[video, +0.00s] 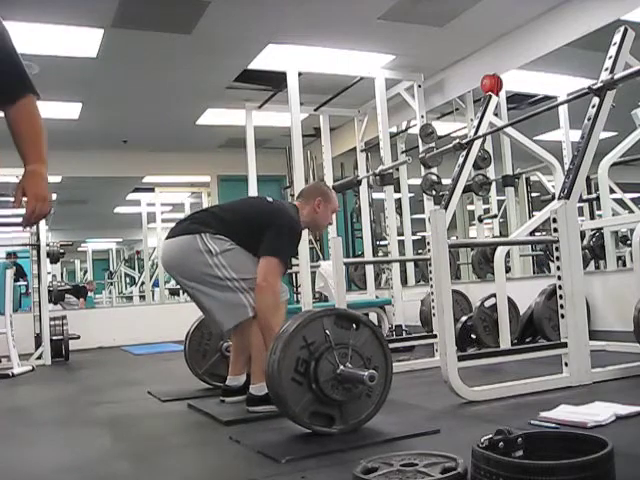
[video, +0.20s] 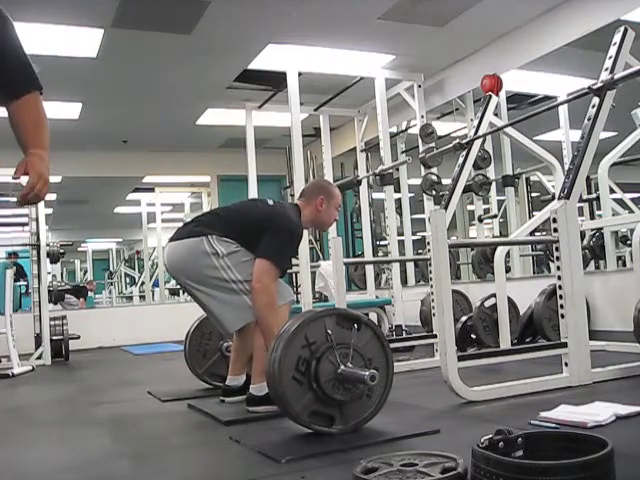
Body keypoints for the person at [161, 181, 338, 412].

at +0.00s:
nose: (332, 221)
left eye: (334, 214)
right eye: (332, 212)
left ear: (312, 204)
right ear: (318, 205)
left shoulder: (277, 215)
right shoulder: (287, 221)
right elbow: (265, 284)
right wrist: (279, 353)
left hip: (177, 245)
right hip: (198, 243)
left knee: (250, 303)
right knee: (272, 301)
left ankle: (235, 382)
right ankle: (261, 391)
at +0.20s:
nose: (337, 217)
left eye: (339, 210)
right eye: (336, 209)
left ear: (317, 204)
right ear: (320, 204)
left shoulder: (277, 214)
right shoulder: (288, 222)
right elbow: (261, 284)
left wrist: (241, 337)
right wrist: (278, 349)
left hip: (178, 249)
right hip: (201, 246)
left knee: (252, 306)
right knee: (279, 298)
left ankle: (234, 383)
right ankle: (260, 391)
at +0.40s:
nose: (338, 218)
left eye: (339, 211)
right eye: (336, 210)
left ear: (317, 204)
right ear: (321, 205)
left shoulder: (279, 215)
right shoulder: (289, 223)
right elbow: (263, 285)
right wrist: (279, 351)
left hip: (180, 247)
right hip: (201, 245)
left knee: (251, 308)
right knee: (279, 296)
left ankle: (234, 383)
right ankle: (261, 391)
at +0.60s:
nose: (334, 218)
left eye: (336, 212)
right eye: (334, 210)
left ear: (309, 202)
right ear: (320, 204)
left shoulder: (277, 215)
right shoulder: (292, 224)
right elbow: (271, 283)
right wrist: (283, 352)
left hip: (179, 248)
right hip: (204, 245)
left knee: (251, 307)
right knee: (277, 303)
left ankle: (235, 383)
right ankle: (261, 390)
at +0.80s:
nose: (337, 219)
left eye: (339, 212)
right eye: (337, 210)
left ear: (314, 203)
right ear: (323, 205)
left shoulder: (281, 215)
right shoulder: (294, 223)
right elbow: (272, 285)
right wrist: (283, 353)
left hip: (181, 248)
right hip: (206, 245)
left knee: (254, 305)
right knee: (278, 303)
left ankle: (235, 382)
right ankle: (261, 391)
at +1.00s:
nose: (340, 220)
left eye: (342, 213)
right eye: (340, 211)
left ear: (320, 204)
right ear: (326, 206)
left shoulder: (284, 215)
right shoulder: (296, 223)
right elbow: (272, 284)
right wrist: (285, 352)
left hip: (185, 246)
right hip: (208, 244)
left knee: (255, 305)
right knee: (280, 299)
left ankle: (235, 382)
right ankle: (262, 390)